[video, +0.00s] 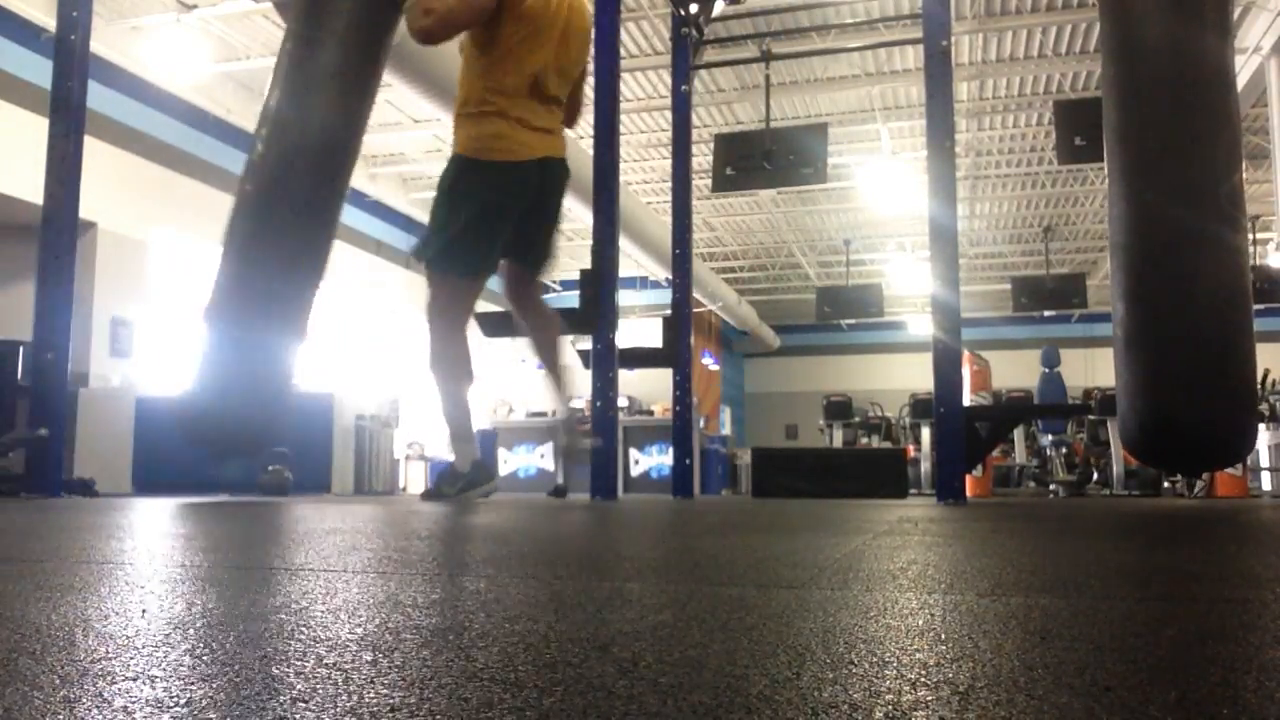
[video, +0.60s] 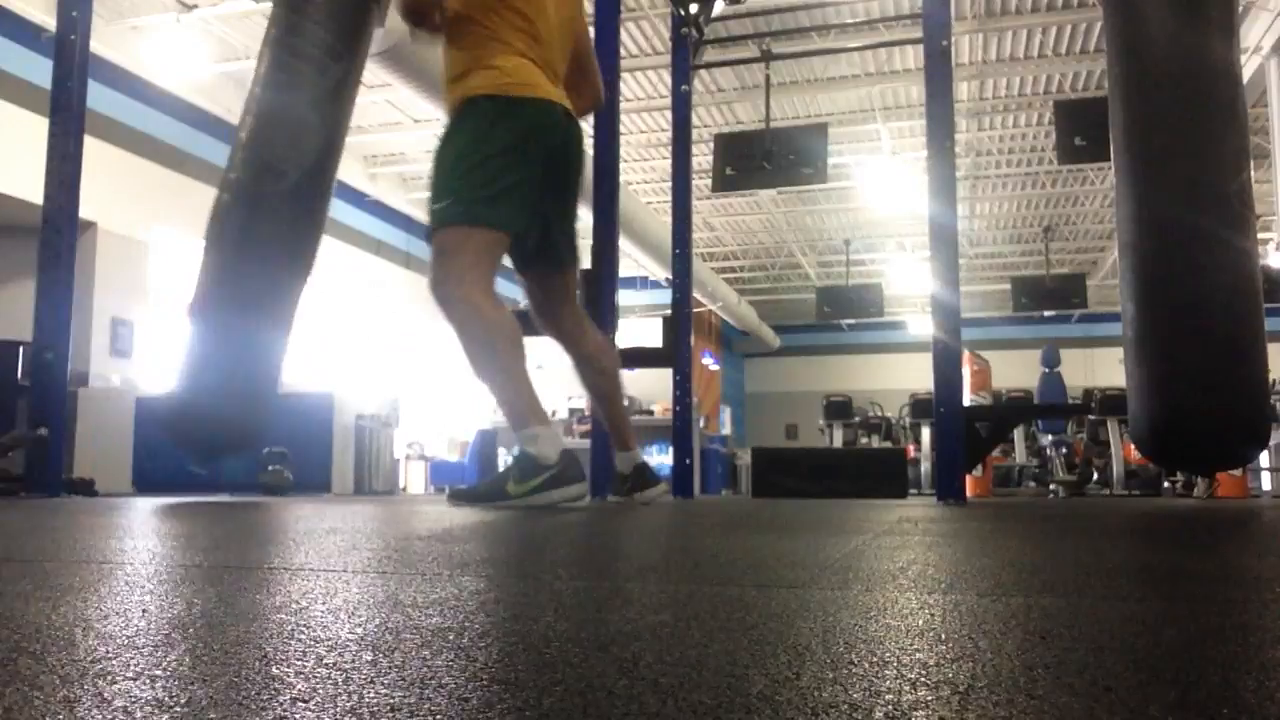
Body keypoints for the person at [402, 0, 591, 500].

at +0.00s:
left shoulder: (496, 1)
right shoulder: (579, 10)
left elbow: (427, 26)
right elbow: (570, 112)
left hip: (485, 161)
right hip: (548, 165)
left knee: (447, 316)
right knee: (523, 289)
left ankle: (466, 461)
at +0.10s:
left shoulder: (511, 2)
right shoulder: (586, 8)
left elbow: (449, 28)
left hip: (504, 158)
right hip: (568, 159)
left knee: (469, 315)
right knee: (578, 312)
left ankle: (466, 458)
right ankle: (638, 439)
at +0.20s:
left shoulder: (523, 1)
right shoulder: (589, 9)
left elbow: (476, 39)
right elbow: (534, 73)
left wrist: (436, 23)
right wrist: (478, 47)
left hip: (529, 140)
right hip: (594, 142)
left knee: (460, 290)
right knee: (612, 311)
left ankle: (492, 434)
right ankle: (647, 463)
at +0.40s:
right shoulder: (589, 9)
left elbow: (489, 14)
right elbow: (604, 91)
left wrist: (460, 50)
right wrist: (502, 96)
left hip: (538, 125)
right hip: (597, 142)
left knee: (473, 264)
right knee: (601, 308)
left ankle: (521, 413)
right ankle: (647, 463)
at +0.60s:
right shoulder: (564, 4)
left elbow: (421, 11)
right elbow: (589, 91)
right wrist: (532, 119)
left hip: (495, 111)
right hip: (561, 129)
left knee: (460, 281)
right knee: (562, 309)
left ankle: (545, 454)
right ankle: (630, 461)